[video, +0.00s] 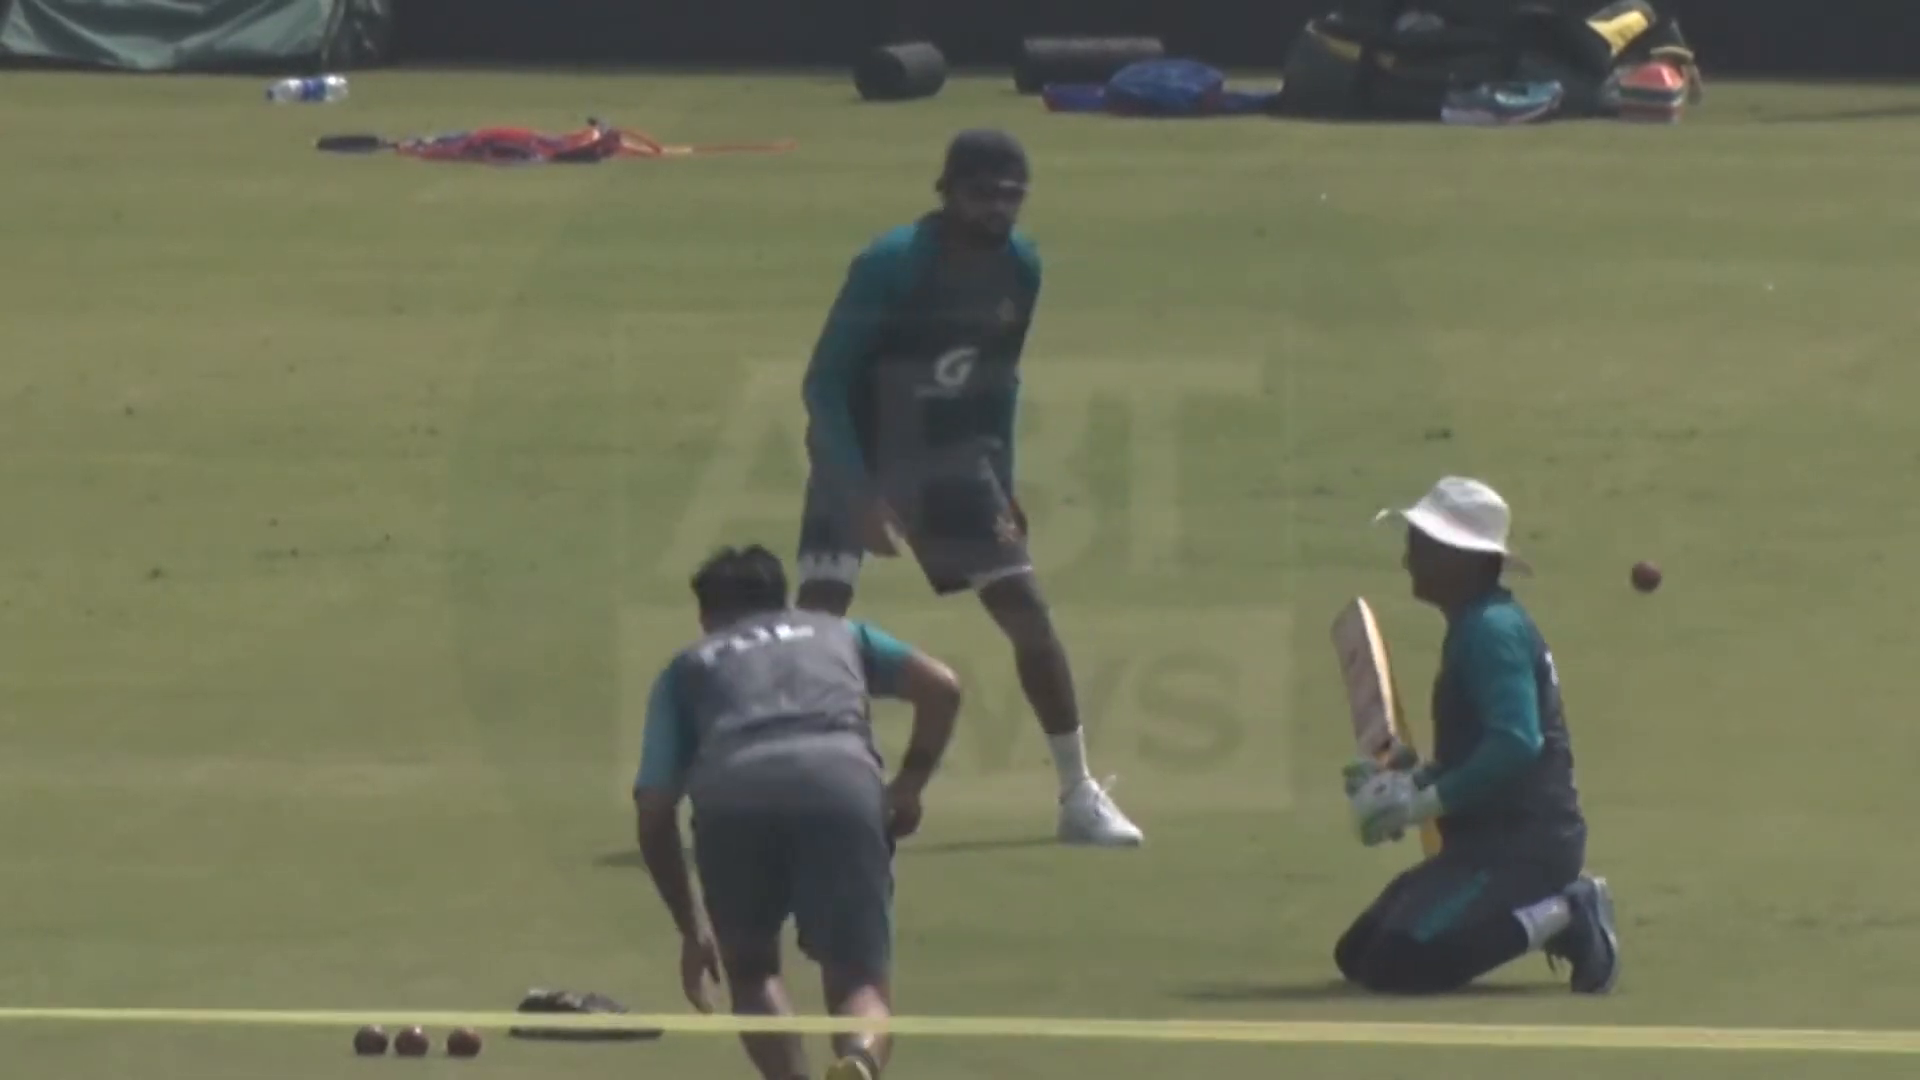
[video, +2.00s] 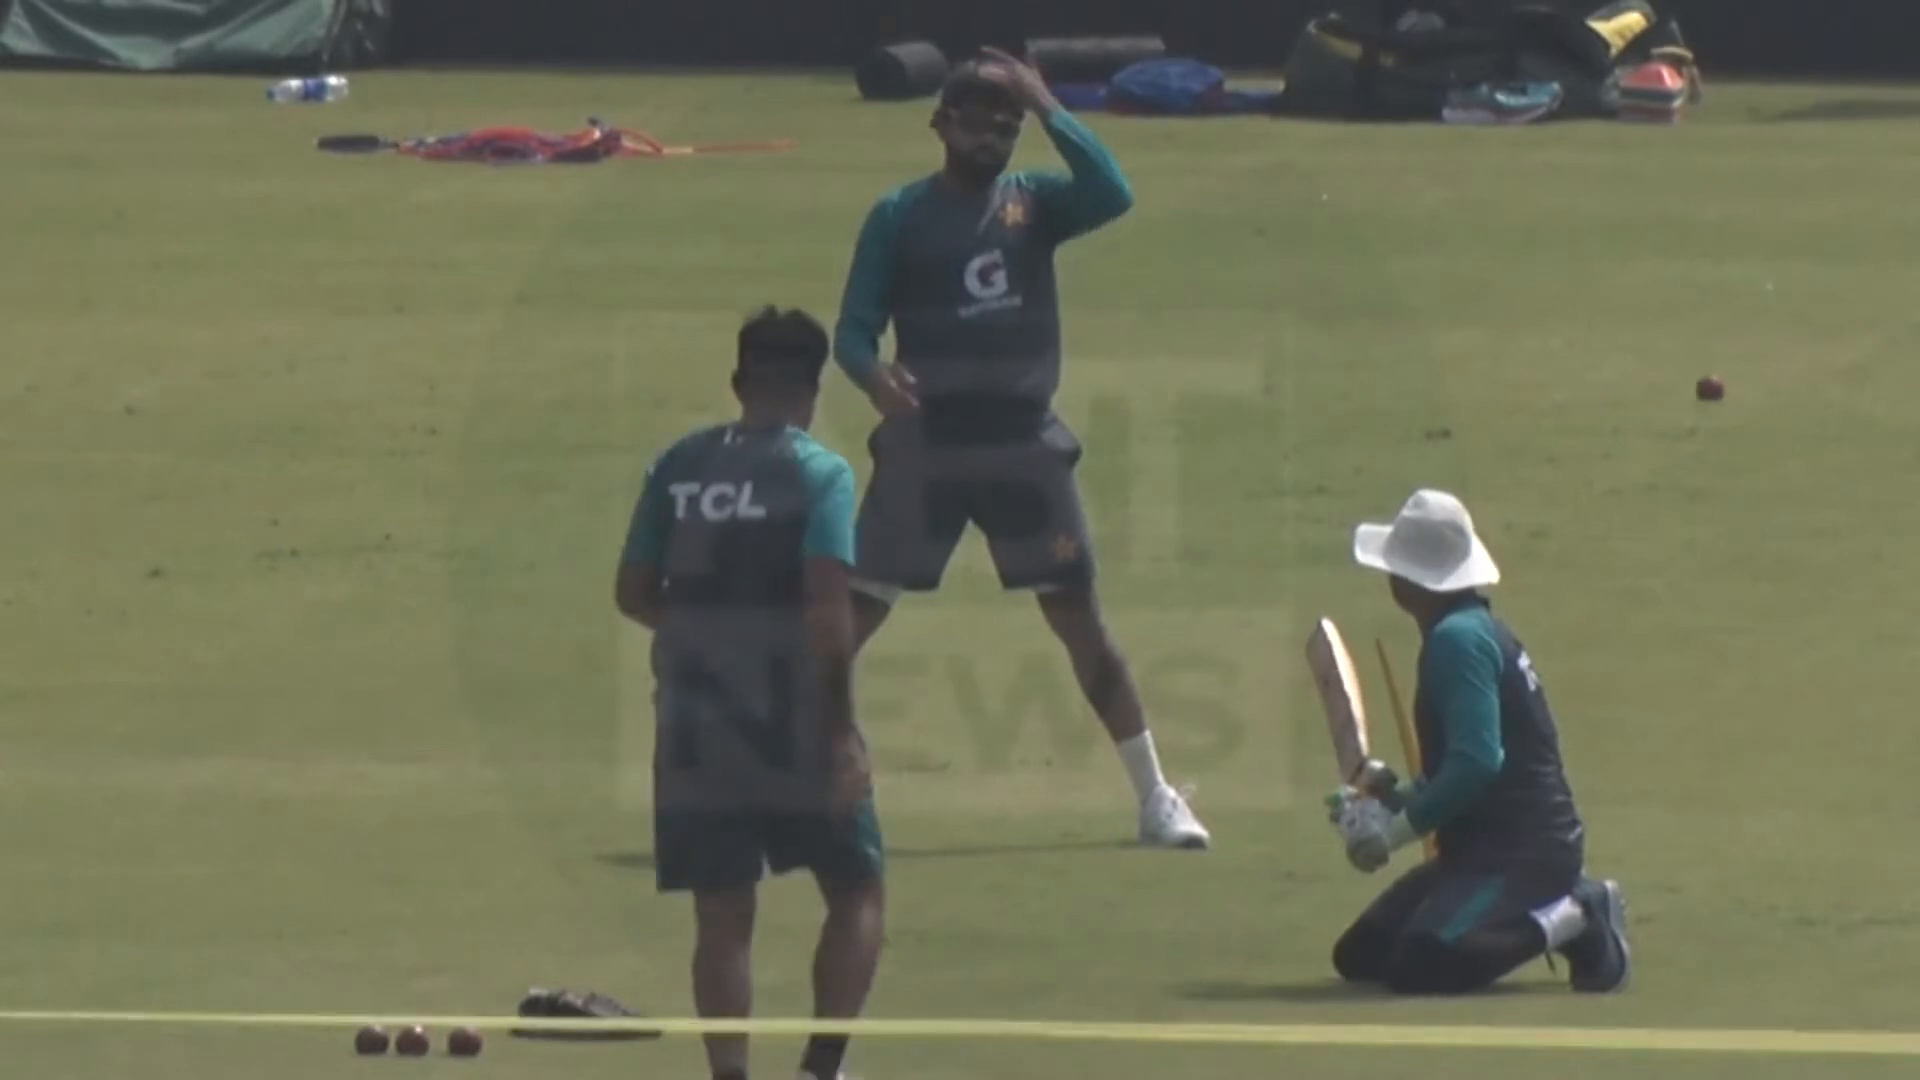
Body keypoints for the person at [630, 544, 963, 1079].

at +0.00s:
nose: (702, 624)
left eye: (704, 613)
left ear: (708, 616)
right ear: (784, 603)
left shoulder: (686, 669)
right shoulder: (839, 633)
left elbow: (654, 822)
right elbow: (941, 687)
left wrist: (692, 931)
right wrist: (909, 785)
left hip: (734, 803)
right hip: (840, 791)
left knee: (753, 972)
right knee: (857, 974)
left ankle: (789, 1071)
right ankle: (856, 1059)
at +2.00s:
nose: (795, 397)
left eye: (779, 382)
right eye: (805, 385)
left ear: (738, 382)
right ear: (812, 389)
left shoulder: (677, 463)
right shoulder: (823, 472)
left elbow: (635, 592)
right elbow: (825, 607)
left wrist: (718, 629)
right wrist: (842, 726)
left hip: (701, 736)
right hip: (797, 730)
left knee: (722, 916)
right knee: (857, 898)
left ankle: (727, 1071)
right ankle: (823, 1065)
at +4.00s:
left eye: (737, 649)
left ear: (741, 662)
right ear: (819, 653)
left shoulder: (710, 761)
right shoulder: (867, 705)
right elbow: (968, 617)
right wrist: (935, 523)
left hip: (760, 958)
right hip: (864, 952)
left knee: (786, 1060)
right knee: (866, 1065)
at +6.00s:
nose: (794, 665)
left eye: (796, 655)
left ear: (803, 669)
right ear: (884, 667)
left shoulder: (759, 745)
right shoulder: (922, 737)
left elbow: (736, 886)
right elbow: (971, 877)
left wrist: (745, 986)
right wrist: (944, 983)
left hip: (770, 965)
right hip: (870, 968)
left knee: (785, 1069)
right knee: (869, 1068)